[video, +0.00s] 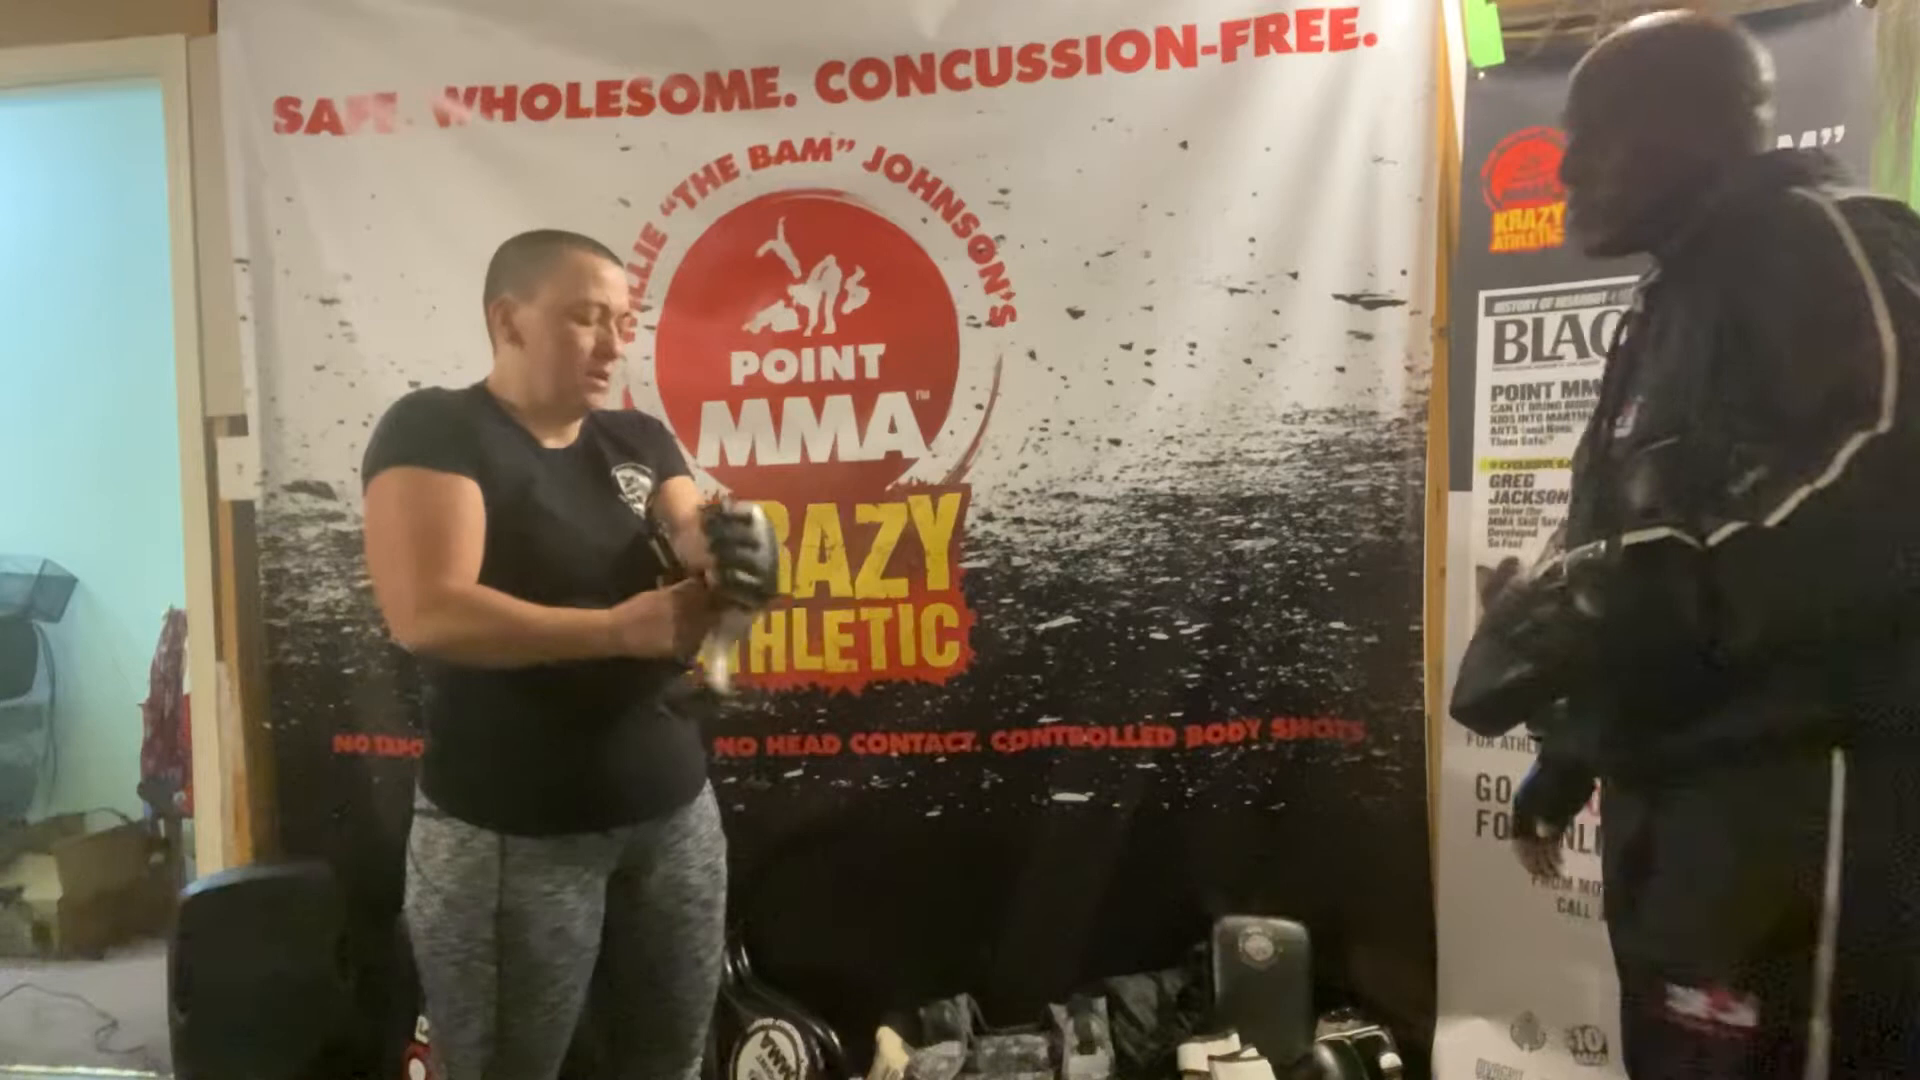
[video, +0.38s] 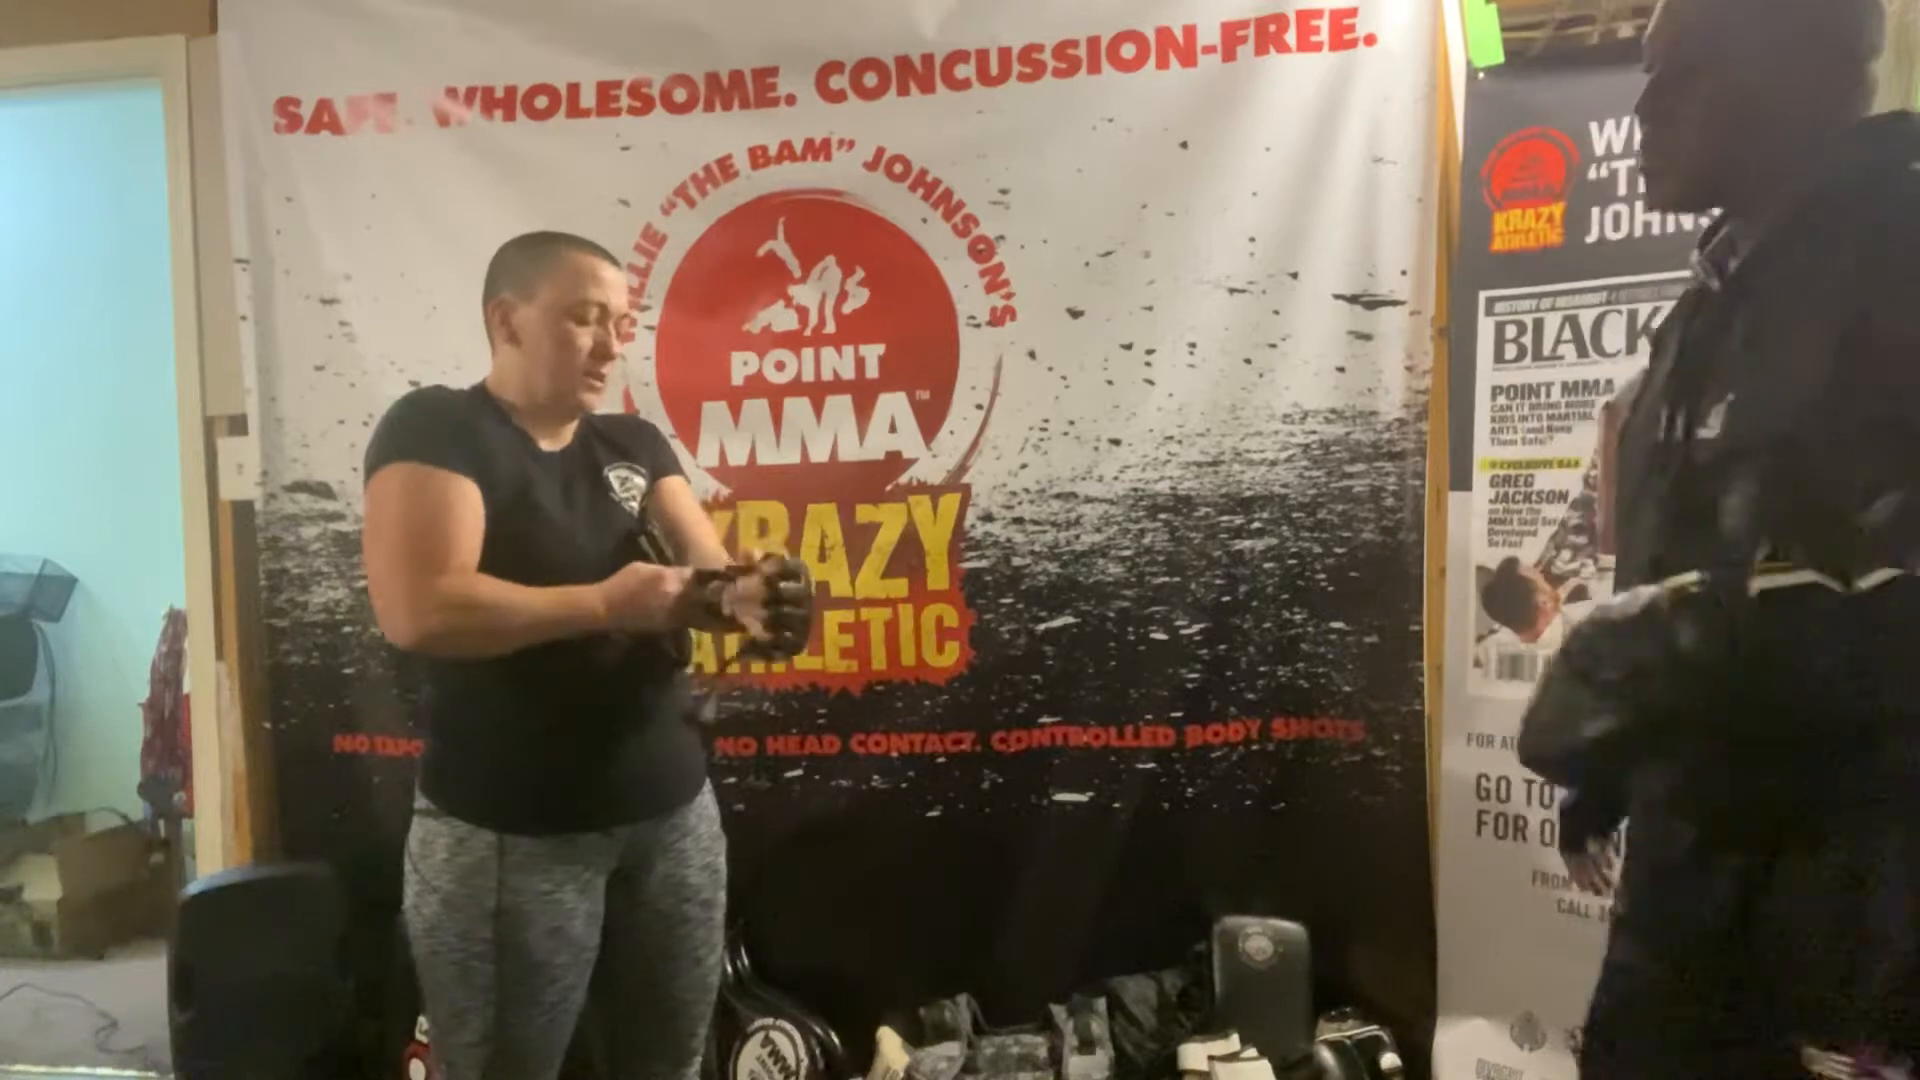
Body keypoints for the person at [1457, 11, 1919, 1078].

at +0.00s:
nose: (1565, 164)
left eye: (1591, 131)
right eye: (1569, 134)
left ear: (1677, 135)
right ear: (1652, 147)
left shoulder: (1792, 229)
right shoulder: (1678, 290)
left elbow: (1872, 470)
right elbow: (1627, 544)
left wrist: (1634, 599)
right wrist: (1566, 760)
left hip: (1782, 771)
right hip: (1688, 772)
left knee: (1733, 1045)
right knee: (1677, 1042)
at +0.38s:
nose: (1638, 108)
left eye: (1667, 73)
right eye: (1648, 78)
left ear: (1774, 63)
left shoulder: (1891, 217)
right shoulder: (1701, 311)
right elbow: (1670, 581)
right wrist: (1610, 744)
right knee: (1643, 1052)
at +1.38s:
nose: (1608, 57)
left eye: (1654, 34)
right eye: (1617, 38)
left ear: (1765, 65)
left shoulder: (1846, 229)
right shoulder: (1639, 285)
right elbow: (1584, 548)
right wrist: (1533, 766)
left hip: (1794, 808)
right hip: (1635, 811)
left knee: (1799, 1053)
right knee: (1617, 1053)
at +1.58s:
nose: (1523, 121)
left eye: (1554, 93)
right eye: (1529, 99)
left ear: (1657, 108)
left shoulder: (1787, 235)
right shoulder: (1560, 329)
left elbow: (1882, 501)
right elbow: (1526, 583)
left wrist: (1552, 612)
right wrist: (1451, 767)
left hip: (1777, 806)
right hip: (1601, 813)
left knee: (1798, 1054)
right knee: (1599, 1052)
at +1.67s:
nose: (1503, 142)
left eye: (1532, 104)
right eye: (1508, 116)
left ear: (1639, 112)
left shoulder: (1765, 230)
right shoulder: (1539, 338)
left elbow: (1890, 452)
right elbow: (1508, 591)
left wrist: (1598, 596)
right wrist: (1423, 768)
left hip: (1766, 775)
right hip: (1591, 790)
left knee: (1762, 1057)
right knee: (1595, 1053)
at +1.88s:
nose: (1506, 126)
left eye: (1542, 94)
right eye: (1504, 106)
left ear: (1644, 114)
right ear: (1503, 158)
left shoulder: (1751, 231)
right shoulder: (1523, 333)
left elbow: (1885, 465)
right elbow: (1503, 594)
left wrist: (1548, 591)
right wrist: (1408, 759)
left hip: (1748, 776)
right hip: (1570, 786)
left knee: (1759, 1053)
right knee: (1581, 1051)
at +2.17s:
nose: (1505, 132)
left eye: (1534, 103)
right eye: (1490, 112)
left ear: (1621, 121)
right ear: (1473, 150)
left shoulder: (1731, 235)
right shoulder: (1497, 349)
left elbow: (1890, 454)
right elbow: (1490, 600)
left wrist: (1617, 569)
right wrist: (1436, 772)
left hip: (1736, 776)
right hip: (1556, 787)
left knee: (1730, 1048)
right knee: (1568, 1047)